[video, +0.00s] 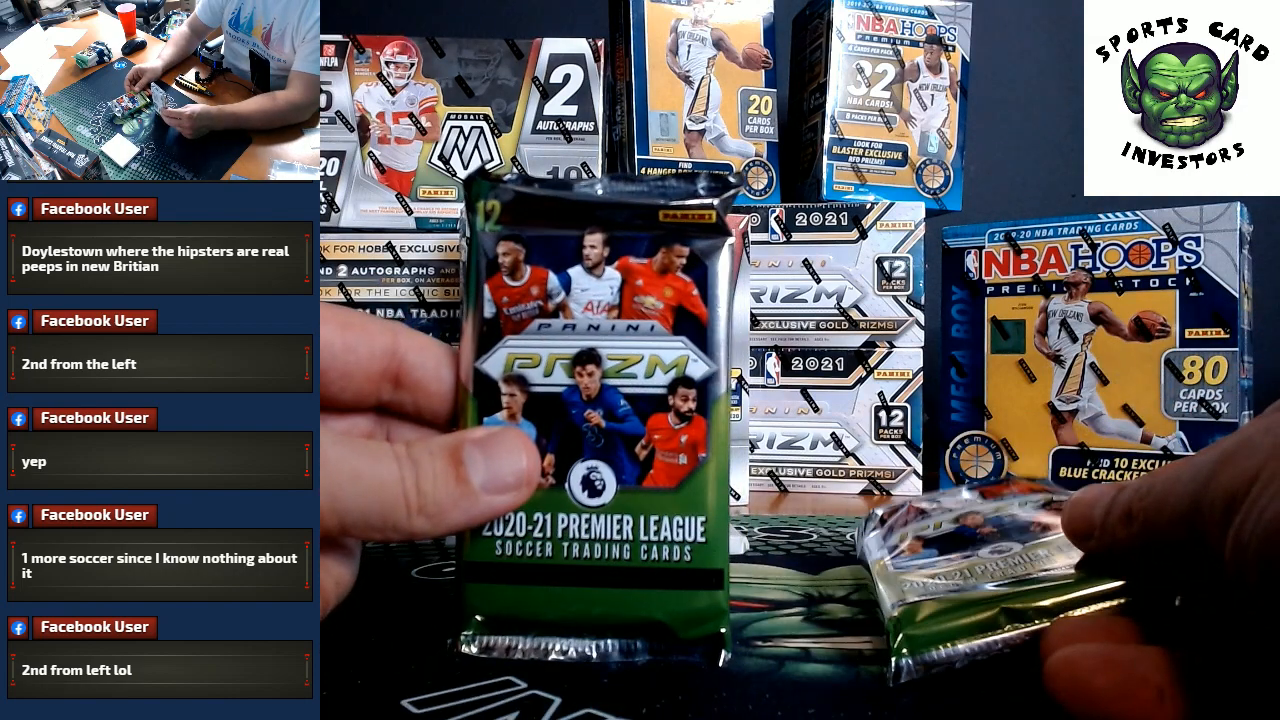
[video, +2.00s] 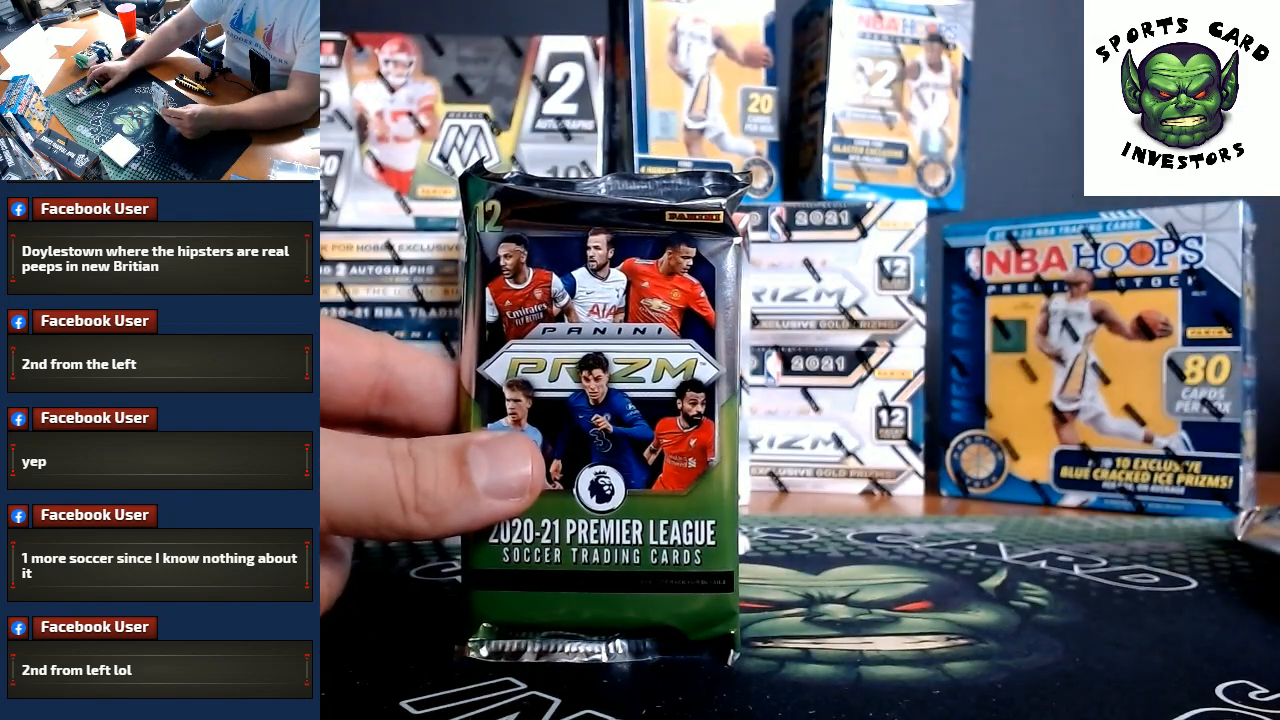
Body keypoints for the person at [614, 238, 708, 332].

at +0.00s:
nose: (683, 263)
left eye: (685, 258)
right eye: (679, 257)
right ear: (663, 253)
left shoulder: (684, 285)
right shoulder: (628, 265)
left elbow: (707, 318)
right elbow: (601, 285)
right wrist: (610, 308)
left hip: (661, 346)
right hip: (627, 343)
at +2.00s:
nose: (690, 263)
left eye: (692, 258)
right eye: (685, 258)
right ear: (669, 254)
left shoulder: (691, 287)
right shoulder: (634, 267)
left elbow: (716, 322)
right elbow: (606, 285)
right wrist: (619, 311)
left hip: (668, 348)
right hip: (633, 345)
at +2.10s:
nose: (689, 263)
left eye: (691, 258)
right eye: (684, 258)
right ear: (668, 254)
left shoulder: (691, 286)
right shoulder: (633, 267)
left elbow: (714, 321)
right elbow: (605, 284)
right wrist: (617, 310)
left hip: (667, 348)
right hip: (632, 345)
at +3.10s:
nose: (685, 262)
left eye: (687, 257)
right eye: (680, 256)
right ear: (664, 252)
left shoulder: (687, 285)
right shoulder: (629, 266)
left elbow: (712, 320)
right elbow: (602, 286)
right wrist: (614, 311)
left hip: (665, 346)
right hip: (630, 343)